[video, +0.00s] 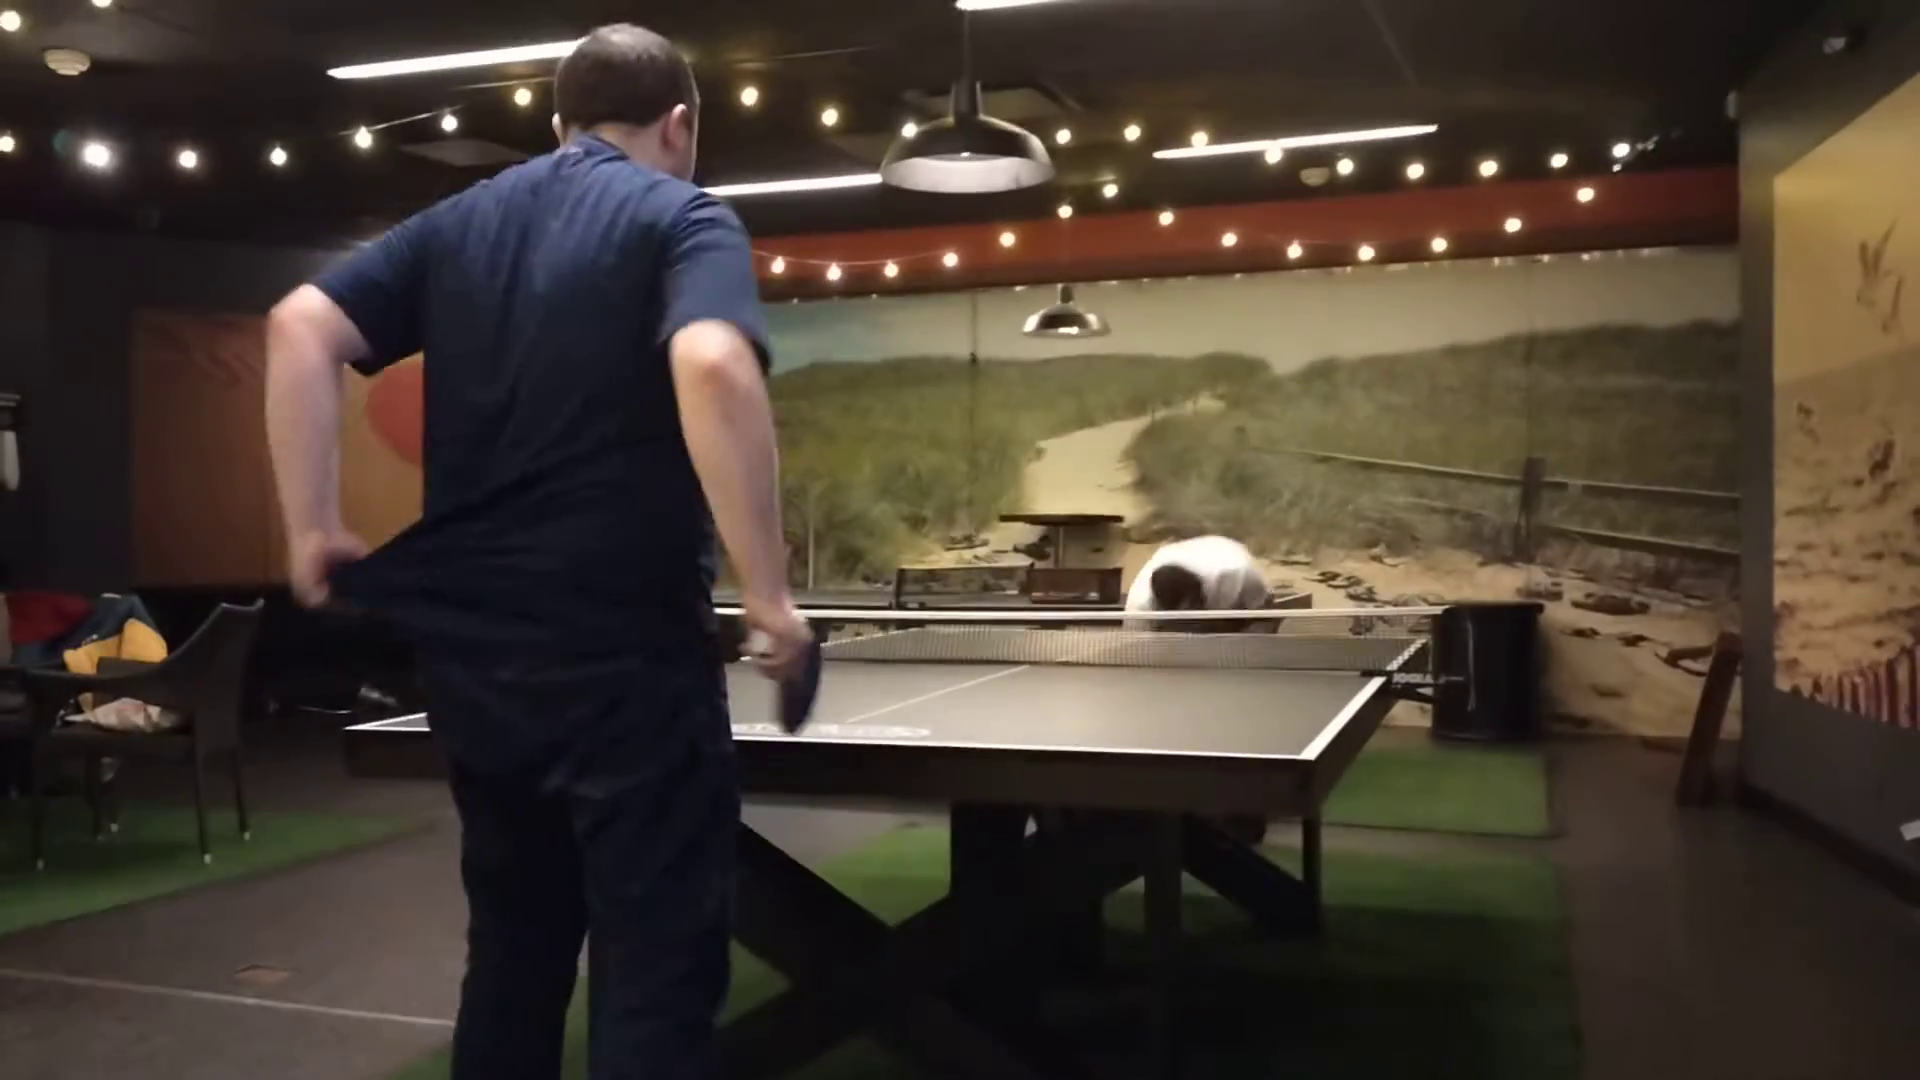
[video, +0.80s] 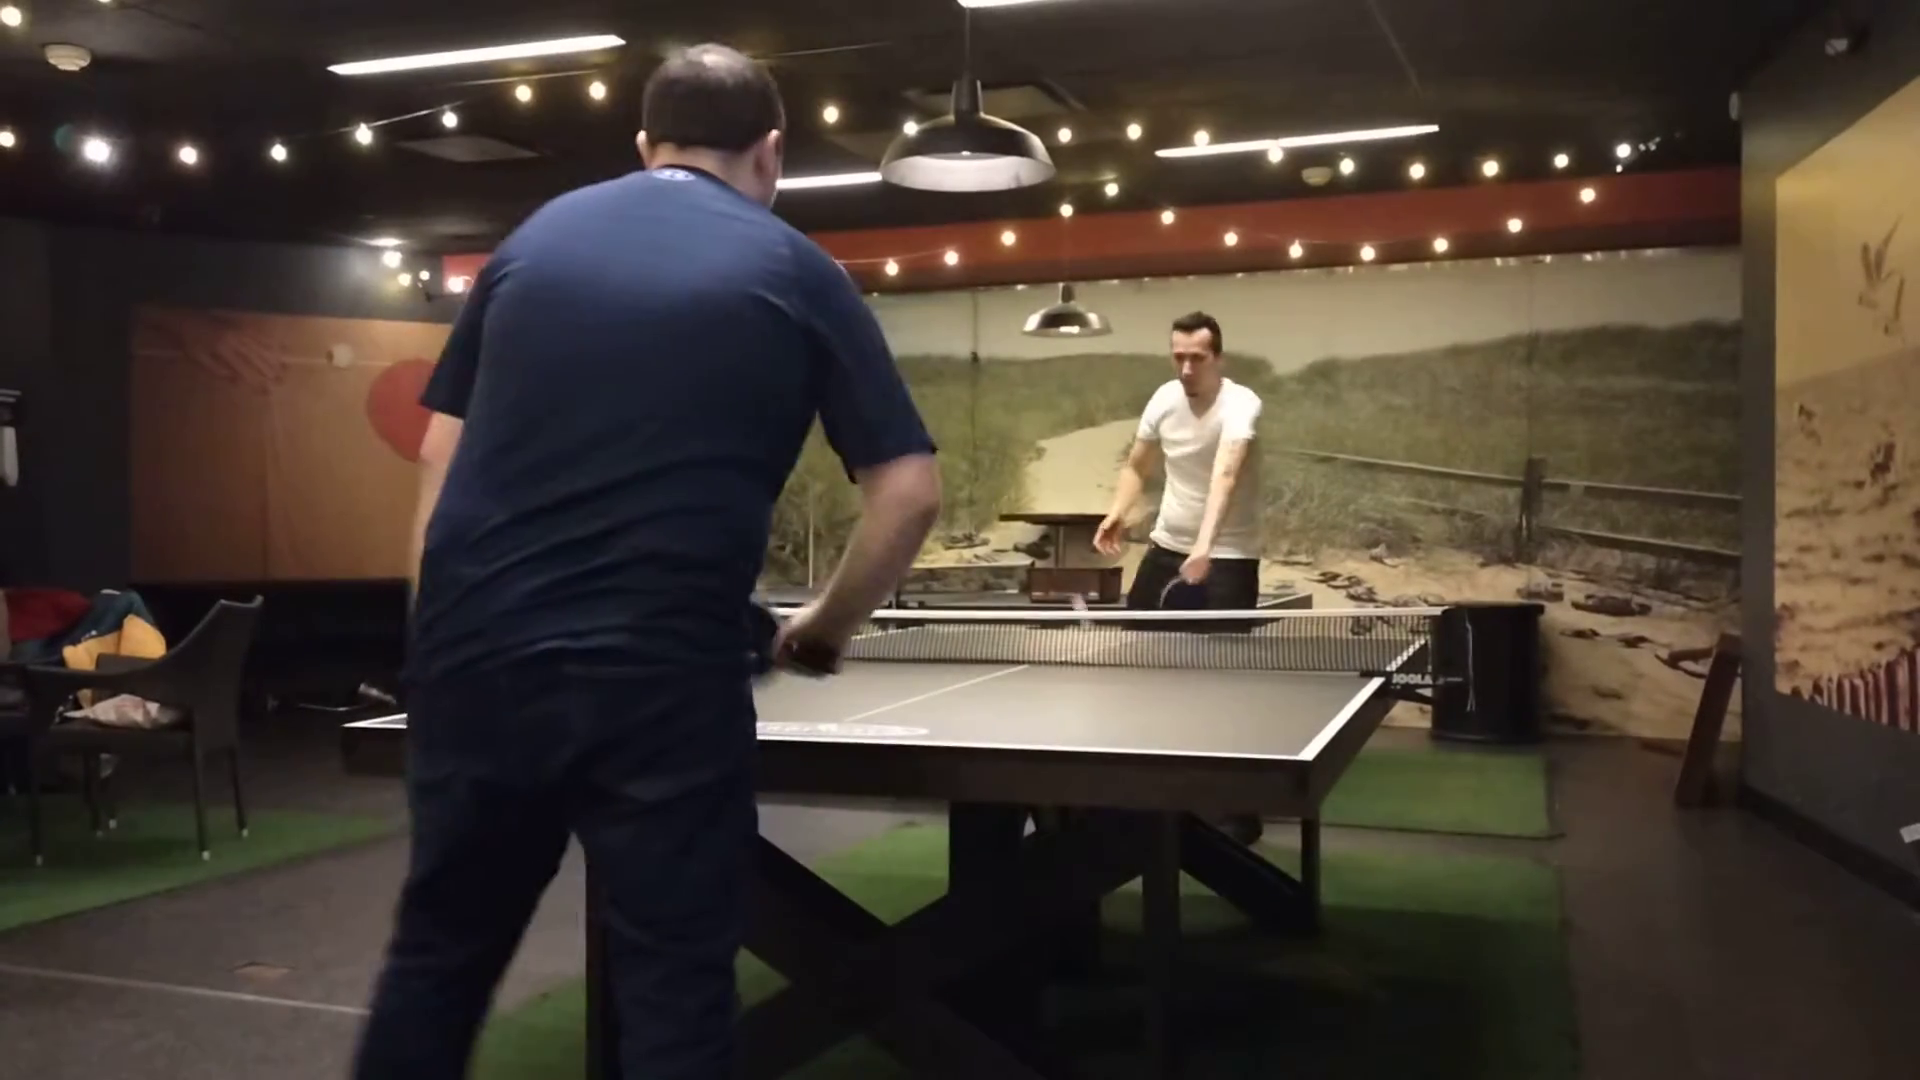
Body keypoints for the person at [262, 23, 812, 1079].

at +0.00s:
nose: (693, 155)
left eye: (692, 139)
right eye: (694, 136)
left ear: (562, 124)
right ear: (675, 126)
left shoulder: (462, 219)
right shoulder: (682, 216)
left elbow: (304, 324)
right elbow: (712, 359)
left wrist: (312, 528)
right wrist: (770, 598)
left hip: (473, 649)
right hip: (626, 656)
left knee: (513, 952)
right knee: (661, 977)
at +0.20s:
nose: (675, 161)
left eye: (673, 146)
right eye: (677, 143)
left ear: (550, 134)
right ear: (660, 133)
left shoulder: (450, 252)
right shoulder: (658, 231)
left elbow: (378, 447)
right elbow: (711, 428)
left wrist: (377, 635)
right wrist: (821, 553)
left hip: (446, 665)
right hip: (603, 665)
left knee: (494, 949)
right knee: (716, 922)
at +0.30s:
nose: (674, 160)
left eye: (667, 143)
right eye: (675, 141)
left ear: (544, 137)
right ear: (658, 133)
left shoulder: (457, 249)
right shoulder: (673, 235)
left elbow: (428, 435)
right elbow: (737, 459)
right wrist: (823, 532)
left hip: (444, 656)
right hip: (604, 655)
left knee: (493, 954)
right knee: (708, 932)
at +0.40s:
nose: (684, 160)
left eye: (684, 142)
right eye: (683, 140)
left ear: (551, 132)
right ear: (663, 130)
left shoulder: (470, 243)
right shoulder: (689, 231)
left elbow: (512, 447)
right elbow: (752, 466)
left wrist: (734, 537)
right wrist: (746, 536)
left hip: (457, 658)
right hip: (617, 660)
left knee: (497, 960)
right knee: (695, 951)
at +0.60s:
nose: (743, 155)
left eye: (736, 140)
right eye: (742, 139)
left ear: (608, 143)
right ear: (729, 135)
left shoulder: (522, 234)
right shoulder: (767, 254)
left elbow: (477, 433)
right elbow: (834, 498)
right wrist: (765, 566)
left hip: (483, 666)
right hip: (658, 672)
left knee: (497, 970)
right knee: (683, 985)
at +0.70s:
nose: (774, 169)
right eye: (776, 152)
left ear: (636, 150)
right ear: (761, 148)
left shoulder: (541, 238)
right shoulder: (792, 268)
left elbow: (451, 449)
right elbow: (889, 497)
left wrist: (534, 573)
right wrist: (810, 602)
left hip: (490, 672)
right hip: (672, 682)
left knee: (469, 973)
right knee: (679, 989)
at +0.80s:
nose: (778, 180)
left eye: (777, 165)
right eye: (780, 162)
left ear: (644, 144)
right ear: (766, 152)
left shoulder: (537, 238)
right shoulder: (792, 264)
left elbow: (442, 457)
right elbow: (909, 488)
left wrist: (431, 629)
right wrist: (824, 626)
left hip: (481, 669)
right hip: (667, 683)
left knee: (434, 966)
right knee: (678, 995)